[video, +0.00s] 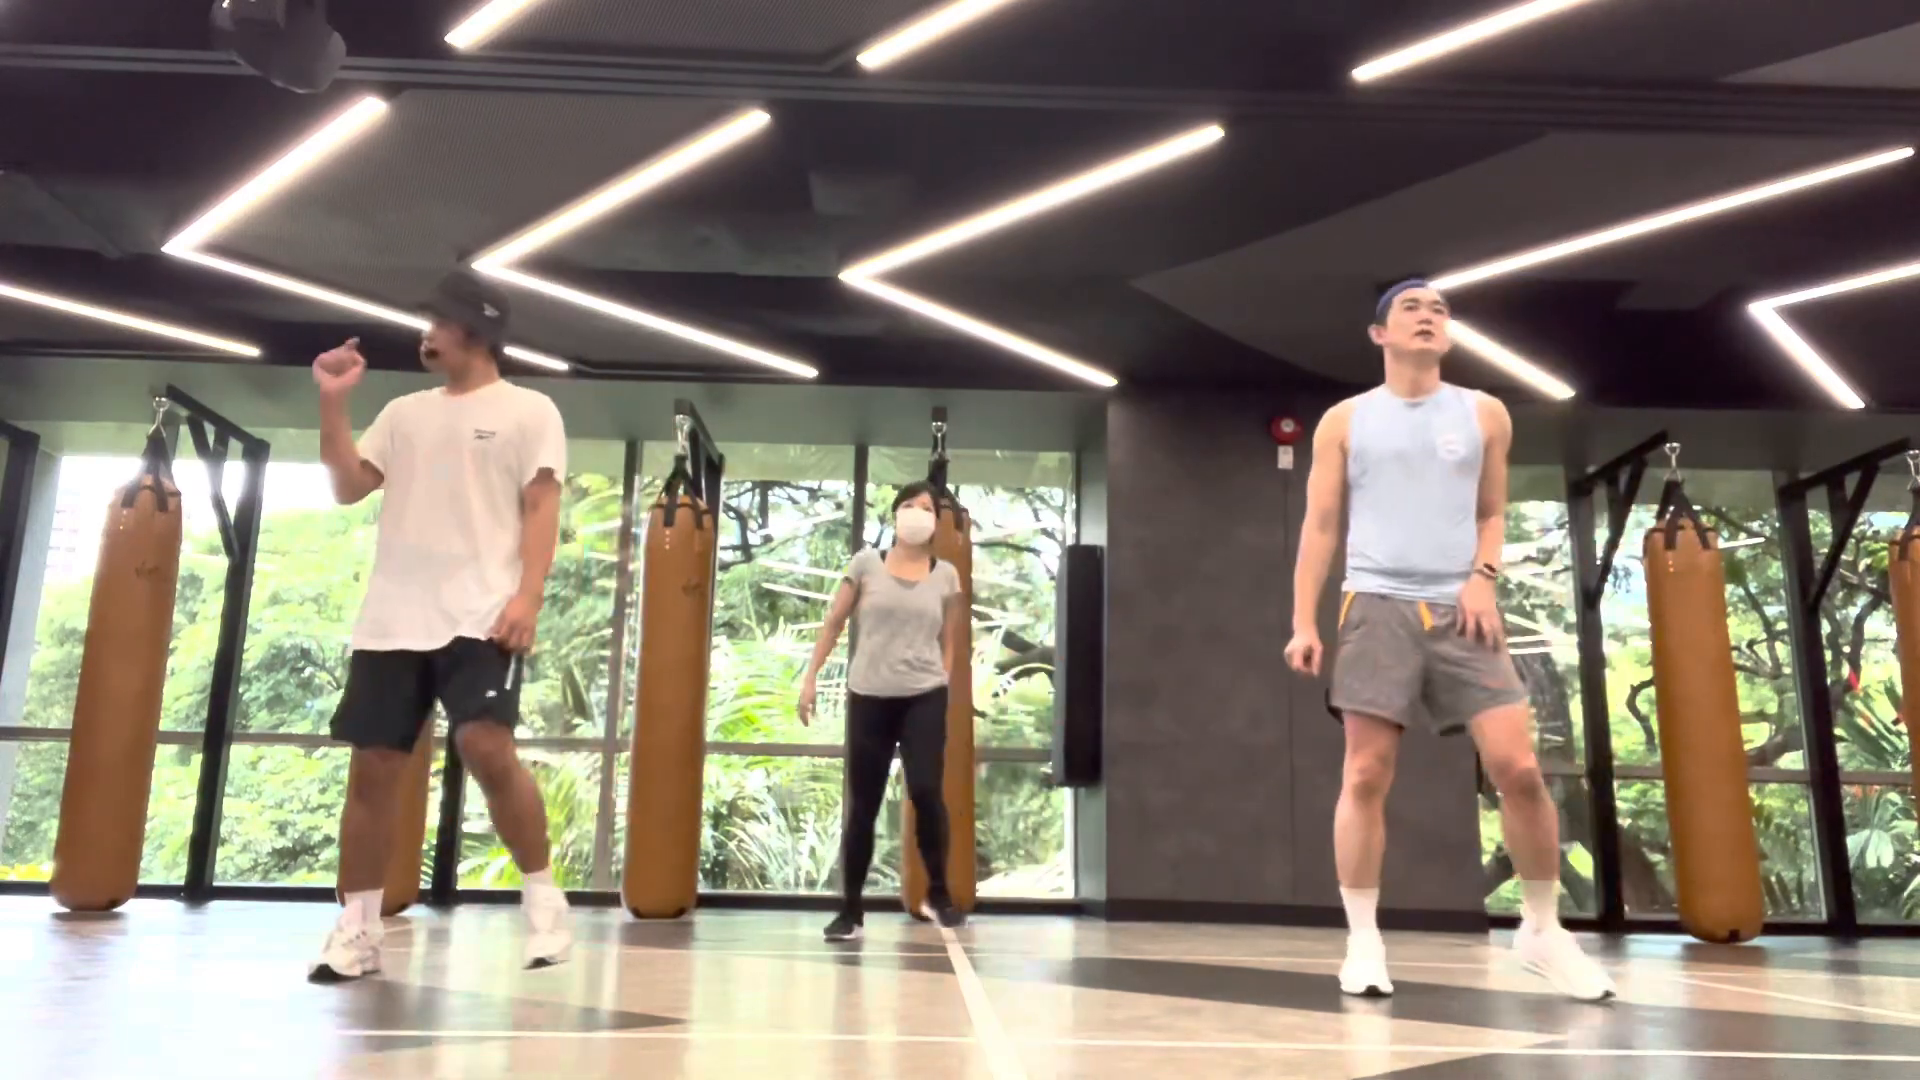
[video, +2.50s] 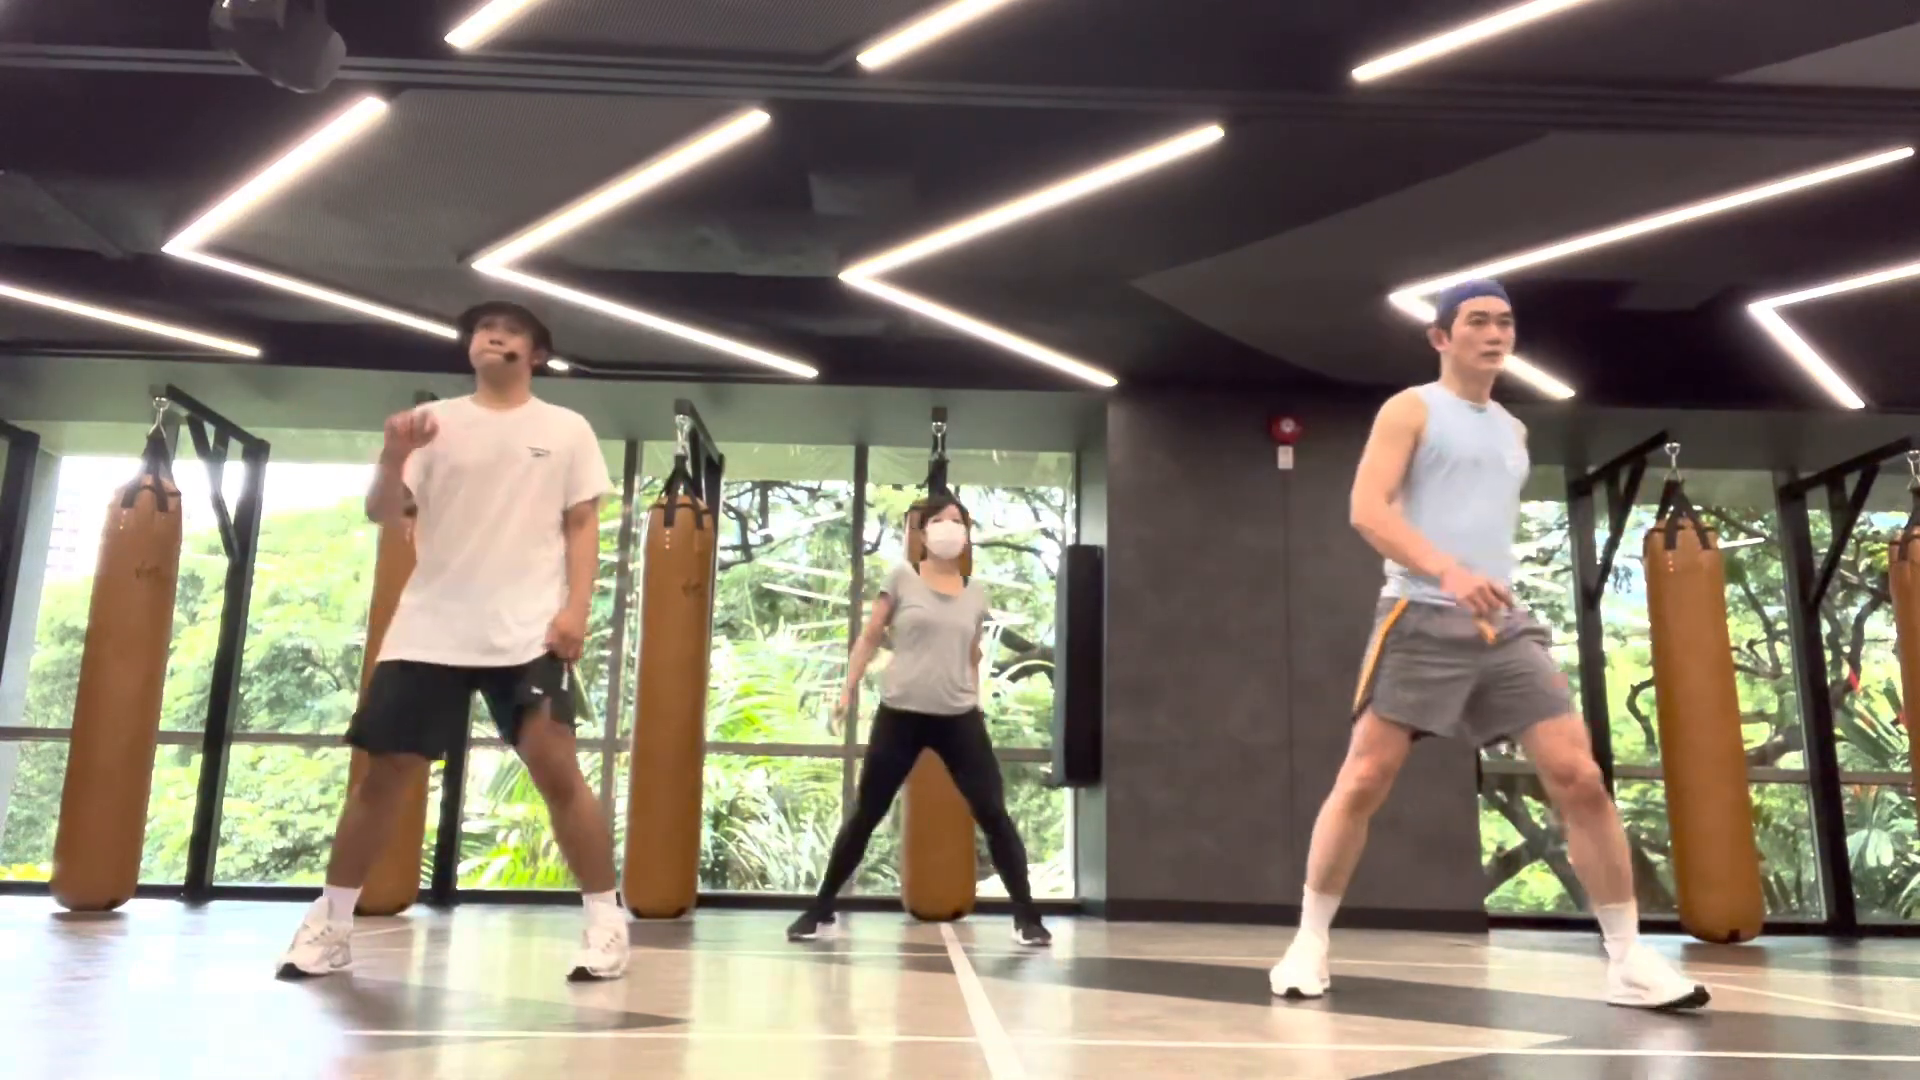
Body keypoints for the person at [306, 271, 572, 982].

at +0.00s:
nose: (425, 333)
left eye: (438, 322)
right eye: (429, 321)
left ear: (475, 331)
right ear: (449, 332)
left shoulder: (530, 412)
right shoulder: (403, 411)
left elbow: (541, 508)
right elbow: (348, 484)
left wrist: (528, 595)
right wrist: (333, 399)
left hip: (482, 618)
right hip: (392, 619)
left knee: (485, 748)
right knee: (371, 768)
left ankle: (544, 905)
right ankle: (357, 930)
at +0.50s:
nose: (445, 322)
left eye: (459, 309)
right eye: (445, 311)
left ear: (499, 321)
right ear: (454, 325)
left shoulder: (547, 409)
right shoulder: (416, 407)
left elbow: (564, 506)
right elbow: (397, 515)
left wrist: (559, 592)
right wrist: (383, 603)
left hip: (501, 614)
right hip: (408, 615)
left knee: (519, 746)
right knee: (375, 765)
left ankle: (560, 892)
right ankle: (359, 929)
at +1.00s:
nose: (573, 320)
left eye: (587, 312)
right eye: (562, 312)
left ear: (613, 331)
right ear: (547, 334)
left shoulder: (642, 408)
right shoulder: (526, 411)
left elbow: (667, 500)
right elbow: (505, 509)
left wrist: (656, 587)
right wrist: (434, 531)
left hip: (602, 614)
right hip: (517, 611)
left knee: (595, 759)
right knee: (476, 745)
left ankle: (608, 928)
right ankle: (525, 894)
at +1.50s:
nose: (540, 332)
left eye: (554, 322)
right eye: (527, 324)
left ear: (579, 344)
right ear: (508, 346)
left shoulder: (601, 421)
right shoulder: (478, 420)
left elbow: (612, 517)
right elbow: (424, 496)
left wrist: (585, 604)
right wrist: (394, 415)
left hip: (550, 625)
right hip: (465, 620)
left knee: (567, 768)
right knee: (396, 757)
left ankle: (605, 927)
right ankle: (355, 912)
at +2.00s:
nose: (441, 332)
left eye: (457, 326)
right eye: (430, 323)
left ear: (480, 348)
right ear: (412, 341)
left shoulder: (505, 428)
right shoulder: (368, 408)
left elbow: (509, 526)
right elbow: (305, 475)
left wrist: (484, 609)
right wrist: (307, 388)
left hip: (434, 627)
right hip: (346, 620)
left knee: (405, 769)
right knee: (327, 769)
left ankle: (386, 923)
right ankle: (325, 921)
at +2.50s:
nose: (496, 338)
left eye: (513, 331)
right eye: (485, 329)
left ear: (537, 354)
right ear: (467, 349)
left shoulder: (566, 430)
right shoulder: (431, 421)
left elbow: (582, 526)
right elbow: (382, 511)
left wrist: (576, 608)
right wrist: (395, 453)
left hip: (524, 630)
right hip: (429, 628)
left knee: (553, 765)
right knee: (381, 773)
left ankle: (606, 922)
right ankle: (330, 924)